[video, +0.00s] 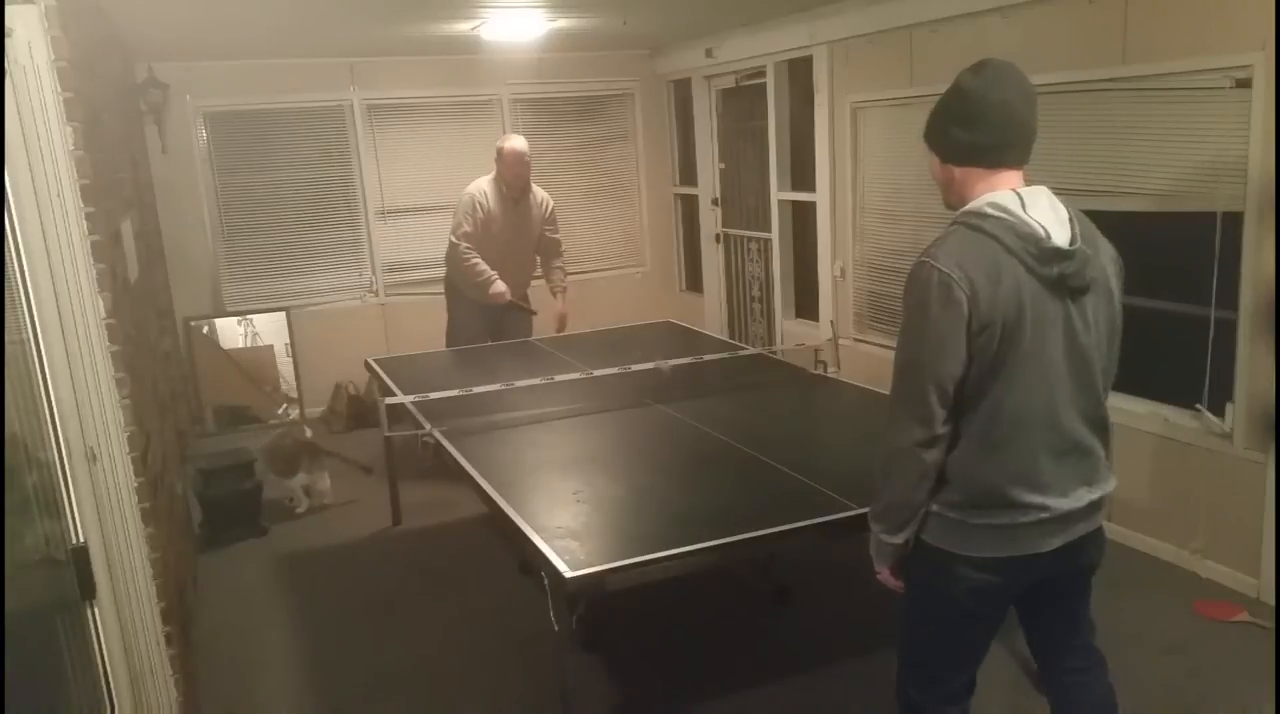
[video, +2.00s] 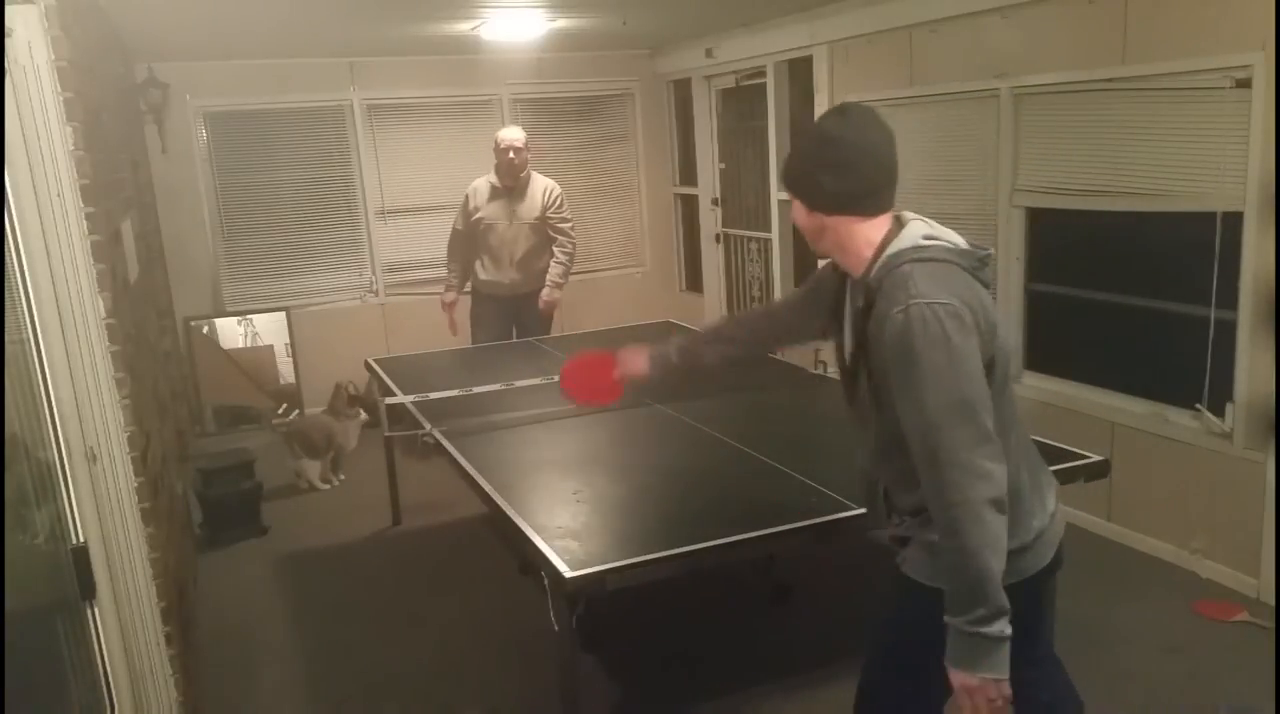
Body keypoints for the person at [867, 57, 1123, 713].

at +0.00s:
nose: (931, 171)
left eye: (933, 156)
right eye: (934, 154)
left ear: (945, 161)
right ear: (1022, 150)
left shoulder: (950, 267)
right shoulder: (1096, 250)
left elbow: (920, 422)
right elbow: (1094, 384)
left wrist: (888, 539)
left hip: (974, 544)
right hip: (1075, 533)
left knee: (933, 692)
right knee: (1074, 667)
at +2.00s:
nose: (791, 212)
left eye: (792, 199)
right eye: (791, 199)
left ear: (813, 209)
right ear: (875, 190)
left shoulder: (919, 306)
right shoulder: (867, 271)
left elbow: (965, 483)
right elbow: (769, 325)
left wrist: (980, 646)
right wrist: (657, 359)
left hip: (960, 565)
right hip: (1003, 542)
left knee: (890, 699)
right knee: (1034, 686)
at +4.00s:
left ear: (876, 167)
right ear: (966, 161)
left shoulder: (839, 279)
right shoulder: (1046, 261)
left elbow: (795, 434)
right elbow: (1101, 407)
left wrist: (788, 546)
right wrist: (1069, 493)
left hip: (893, 579)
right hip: (1033, 570)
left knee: (874, 706)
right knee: (1061, 705)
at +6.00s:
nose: (765, 215)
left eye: (764, 201)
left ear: (769, 211)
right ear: (861, 194)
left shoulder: (770, 316)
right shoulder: (967, 300)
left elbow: (709, 483)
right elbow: (998, 450)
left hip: (825, 617)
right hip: (963, 611)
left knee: (724, 703)